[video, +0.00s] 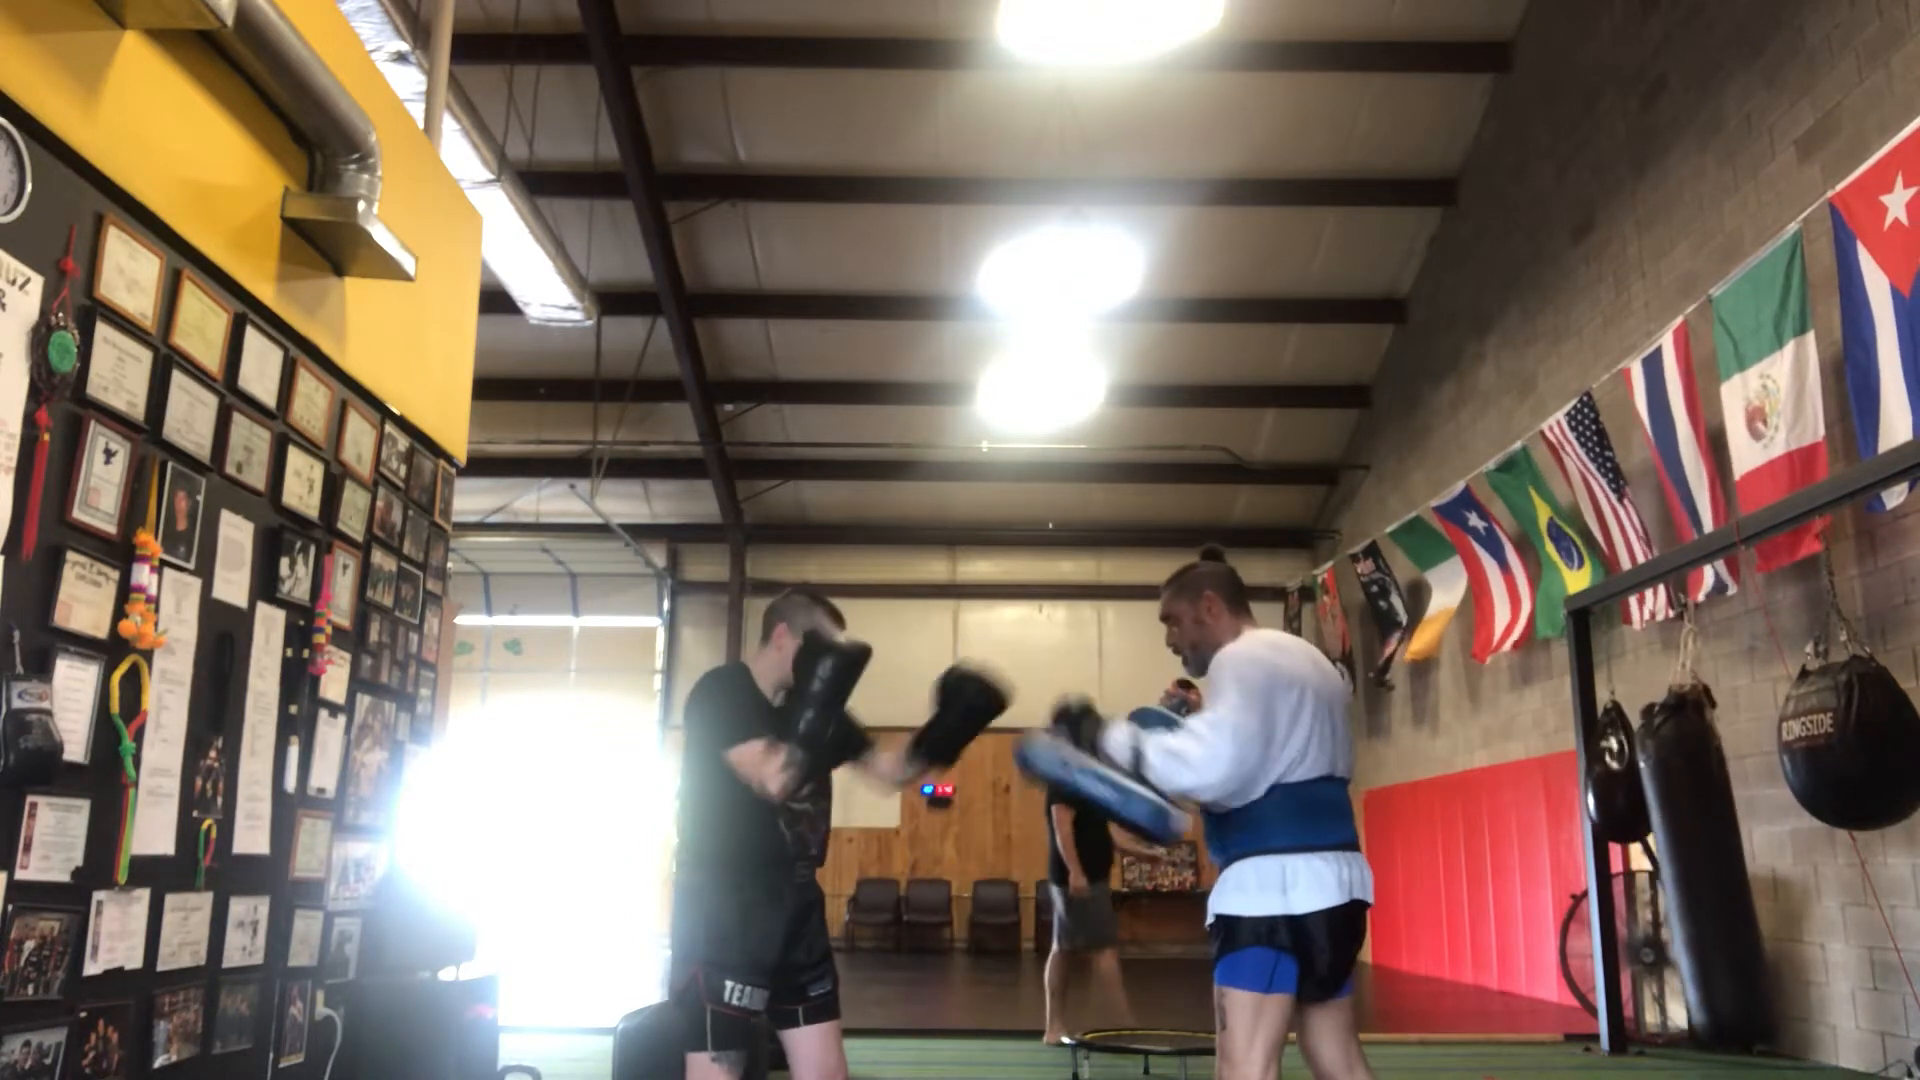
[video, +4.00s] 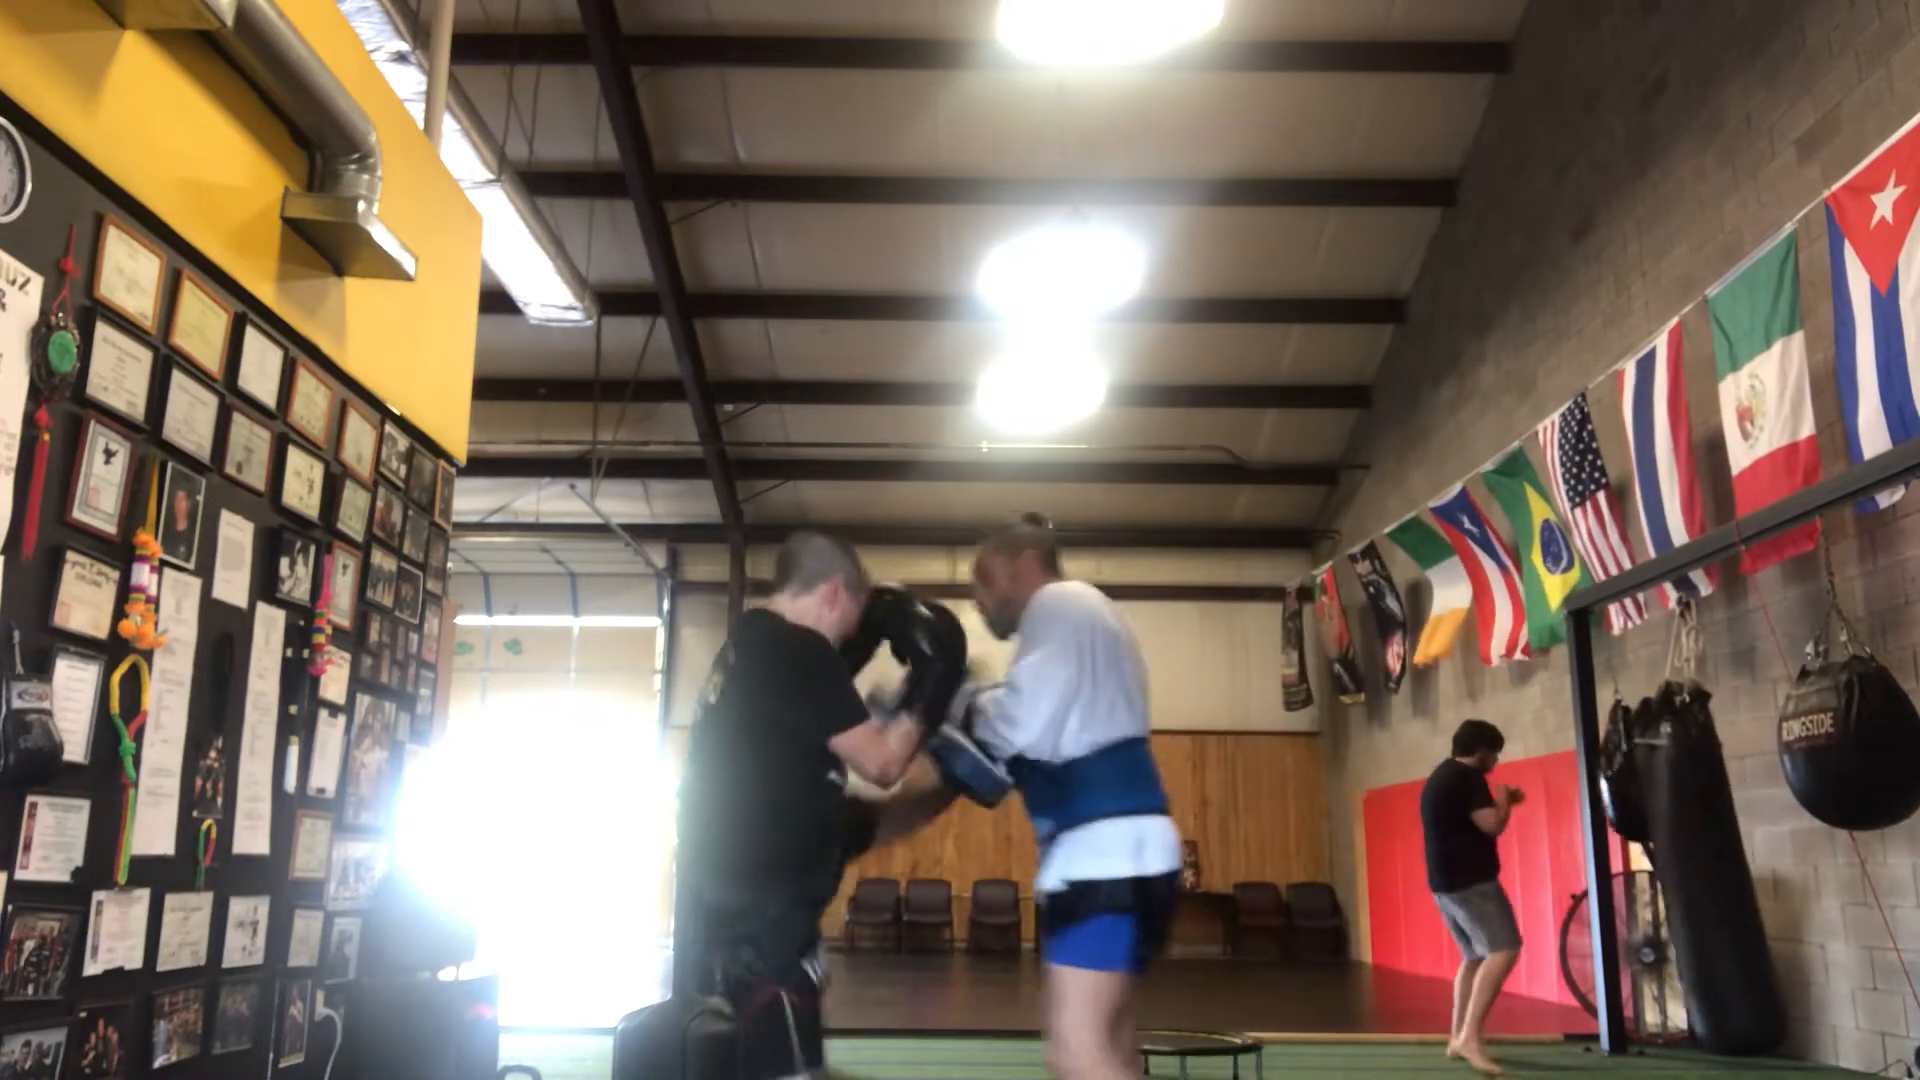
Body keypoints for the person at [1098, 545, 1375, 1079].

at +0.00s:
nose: (1170, 639)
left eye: (1173, 622)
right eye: (1166, 626)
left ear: (1210, 608)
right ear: (1216, 607)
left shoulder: (1242, 660)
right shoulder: (1315, 661)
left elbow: (1216, 768)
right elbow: (1290, 760)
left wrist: (1111, 736)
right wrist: (1205, 718)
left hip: (1269, 892)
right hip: (1336, 886)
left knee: (1246, 1065)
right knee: (1338, 1060)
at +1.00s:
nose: (1191, 637)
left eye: (1196, 620)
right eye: (1190, 623)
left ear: (1236, 607)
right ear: (1249, 608)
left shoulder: (1242, 661)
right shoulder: (1337, 658)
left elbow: (1131, 702)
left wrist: (1050, 648)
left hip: (1297, 893)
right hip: (1371, 886)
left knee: (1266, 1063)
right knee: (1357, 1058)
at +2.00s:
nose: (1285, 639)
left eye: (1284, 623)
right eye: (1280, 627)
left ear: (1314, 605)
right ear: (1348, 604)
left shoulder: (1312, 658)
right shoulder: (1443, 664)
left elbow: (1274, 785)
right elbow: (1470, 783)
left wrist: (1274, 726)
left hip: (1363, 900)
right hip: (1447, 899)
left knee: (1350, 1065)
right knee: (1412, 1064)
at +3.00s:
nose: (1349, 643)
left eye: (1351, 624)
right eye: (1345, 629)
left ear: (1390, 607)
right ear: (1408, 610)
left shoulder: (1404, 666)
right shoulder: (1503, 664)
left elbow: (1380, 797)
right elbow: (1530, 775)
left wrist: (1318, 759)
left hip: (1460, 897)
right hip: (1542, 892)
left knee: (1379, 1054)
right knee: (1546, 1066)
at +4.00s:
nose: (980, 601)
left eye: (983, 582)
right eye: (977, 587)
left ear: (1023, 564)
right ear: (1035, 567)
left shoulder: (1059, 605)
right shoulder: (1090, 610)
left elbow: (1021, 727)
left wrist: (964, 699)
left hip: (1103, 861)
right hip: (1136, 857)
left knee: (1077, 1051)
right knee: (1111, 1043)